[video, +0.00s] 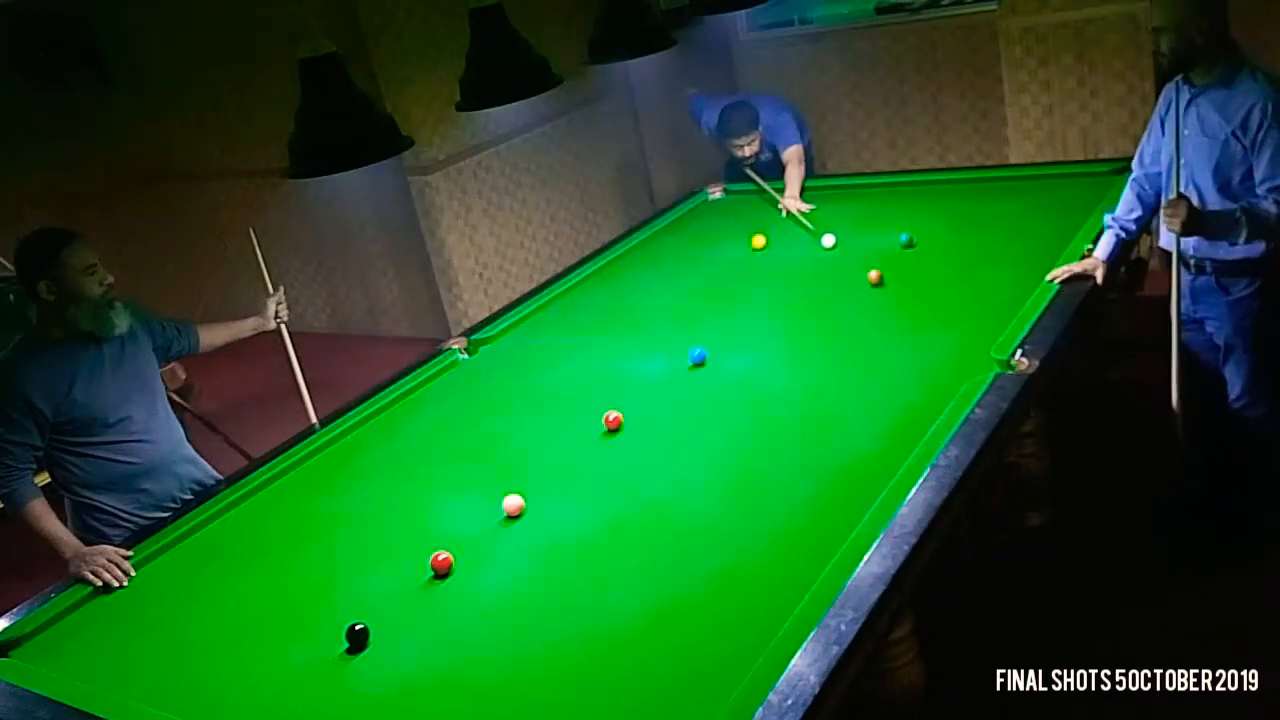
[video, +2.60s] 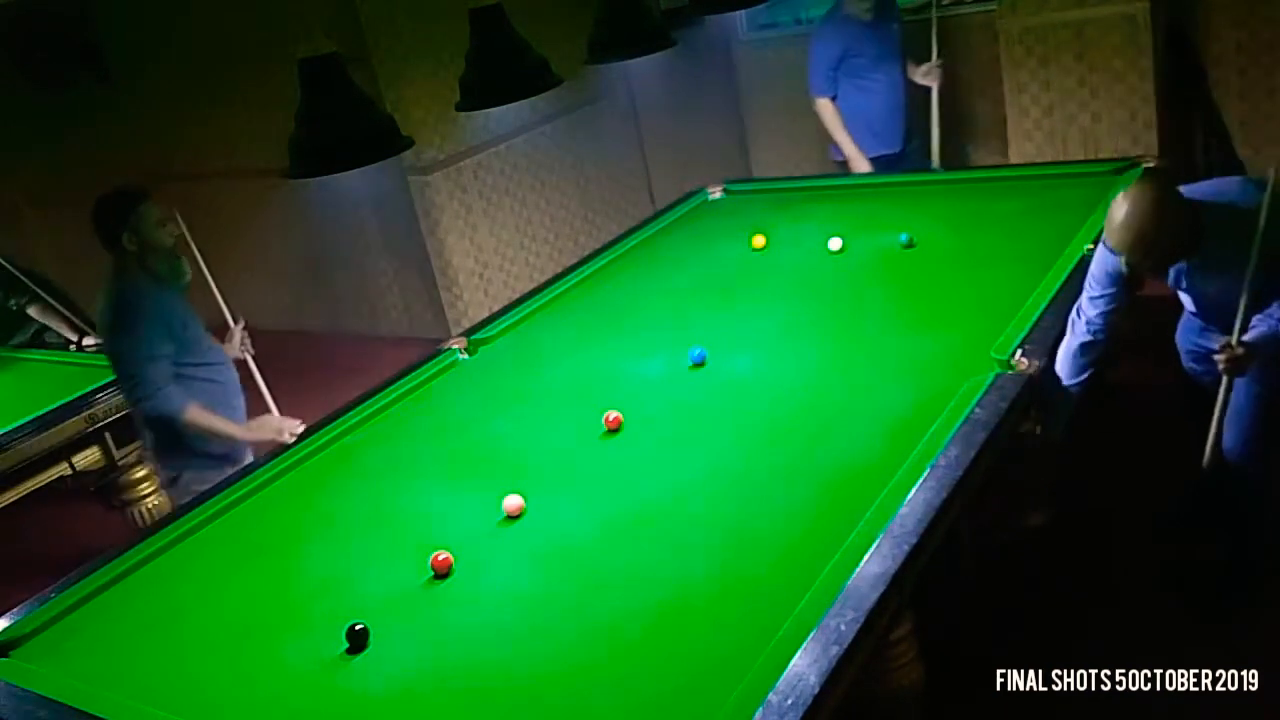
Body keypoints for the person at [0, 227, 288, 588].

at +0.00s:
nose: (109, 278)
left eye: (101, 267)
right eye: (90, 272)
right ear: (47, 291)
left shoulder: (130, 325)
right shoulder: (25, 373)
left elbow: (187, 337)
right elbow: (13, 477)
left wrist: (260, 321)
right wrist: (75, 552)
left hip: (206, 503)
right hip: (130, 544)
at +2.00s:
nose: (116, 270)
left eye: (110, 260)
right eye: (99, 264)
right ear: (62, 282)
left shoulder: (127, 319)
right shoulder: (32, 363)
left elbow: (163, 359)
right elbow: (23, 470)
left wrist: (245, 354)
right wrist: (75, 550)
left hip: (203, 491)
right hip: (135, 530)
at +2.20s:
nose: (129, 259)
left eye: (122, 249)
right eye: (113, 253)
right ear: (78, 270)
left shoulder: (124, 312)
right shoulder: (56, 349)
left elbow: (158, 376)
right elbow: (41, 457)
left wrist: (228, 388)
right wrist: (102, 531)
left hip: (205, 486)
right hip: (152, 521)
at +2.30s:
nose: (140, 252)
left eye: (133, 242)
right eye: (124, 245)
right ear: (89, 264)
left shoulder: (128, 308)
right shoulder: (76, 336)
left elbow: (158, 378)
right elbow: (62, 442)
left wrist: (222, 385)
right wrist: (137, 506)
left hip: (208, 479)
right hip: (172, 502)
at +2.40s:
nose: (150, 246)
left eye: (142, 236)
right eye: (134, 239)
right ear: (101, 257)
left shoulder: (134, 304)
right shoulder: (94, 327)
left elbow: (164, 371)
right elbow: (96, 429)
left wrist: (222, 377)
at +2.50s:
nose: (163, 239)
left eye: (156, 228)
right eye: (148, 232)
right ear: (117, 249)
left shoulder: (145, 298)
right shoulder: (114, 315)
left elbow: (168, 364)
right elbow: (127, 414)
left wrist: (222, 364)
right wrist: (222, 450)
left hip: (214, 474)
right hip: (185, 488)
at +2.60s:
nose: (175, 231)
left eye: (169, 221)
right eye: (161, 225)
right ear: (131, 241)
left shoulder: (154, 290)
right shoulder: (136, 301)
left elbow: (174, 363)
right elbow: (156, 398)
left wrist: (223, 352)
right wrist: (244, 431)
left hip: (227, 464)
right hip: (202, 480)